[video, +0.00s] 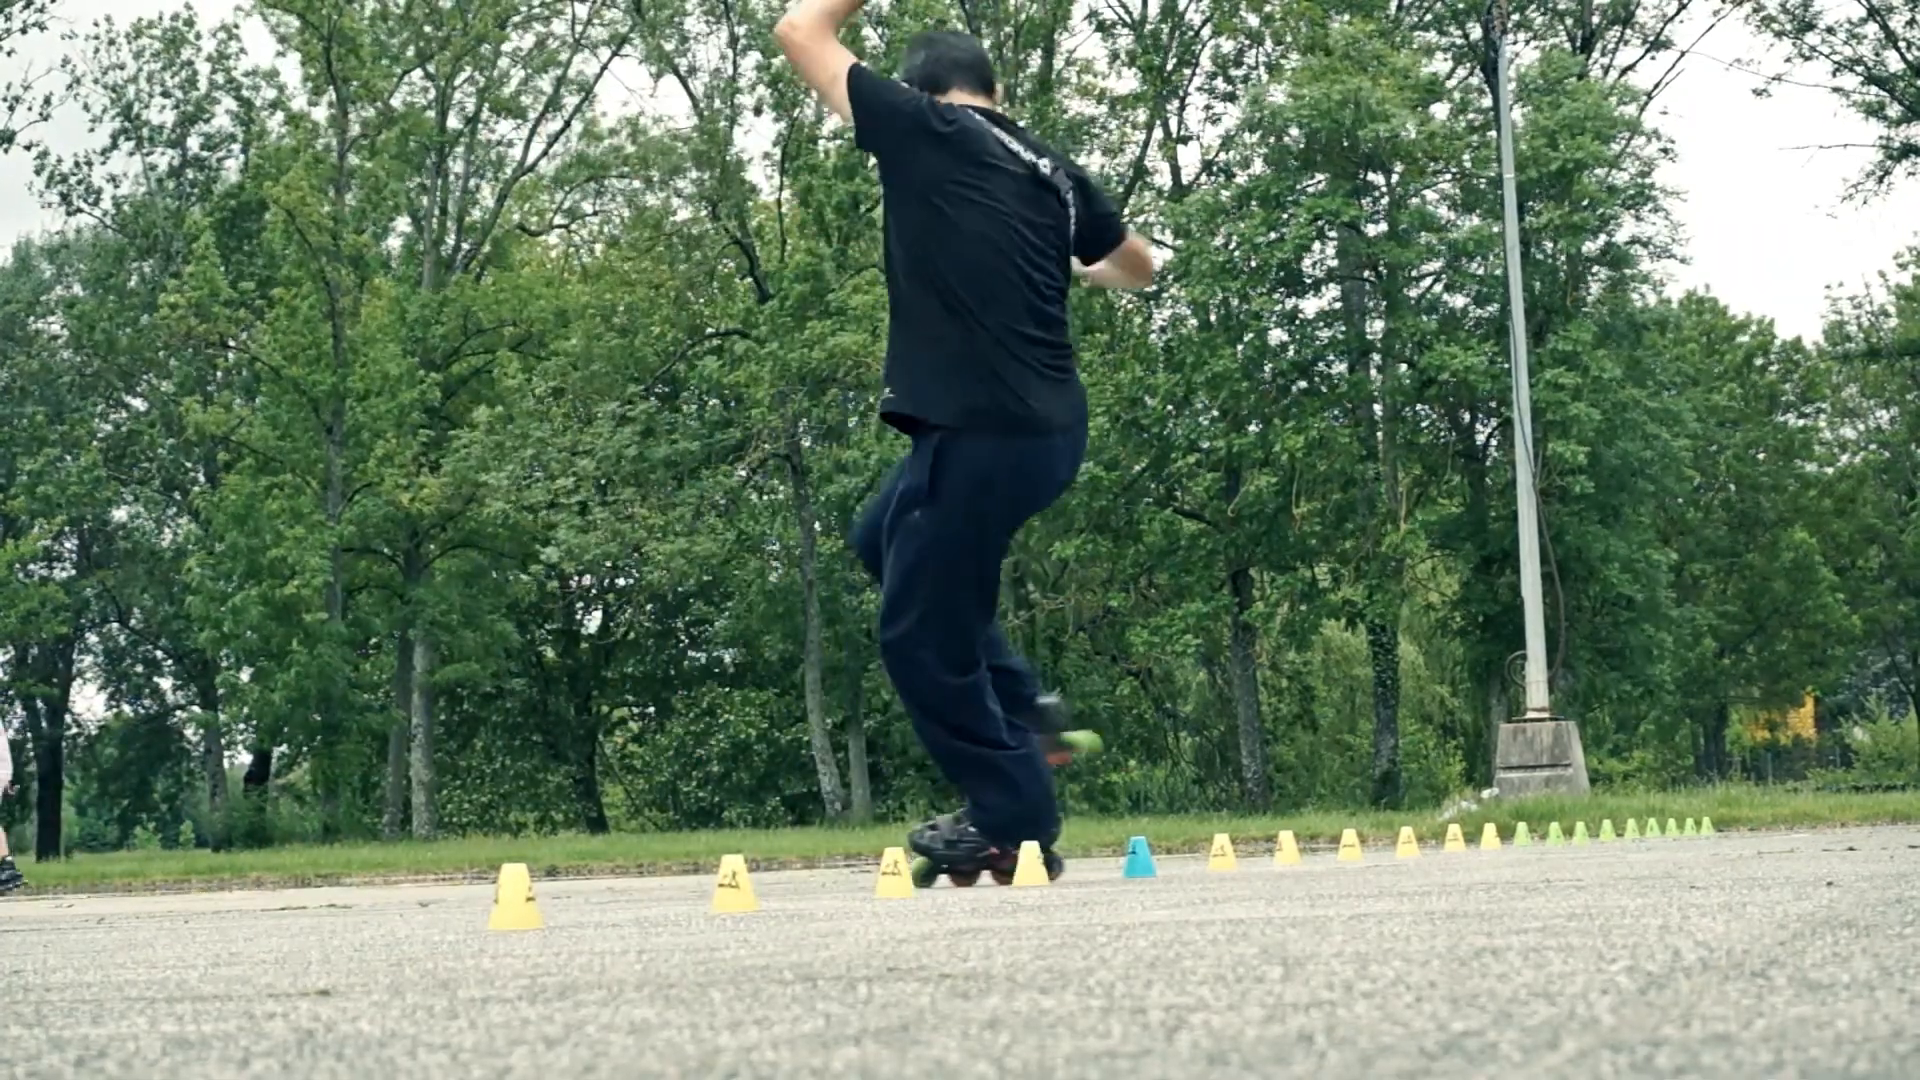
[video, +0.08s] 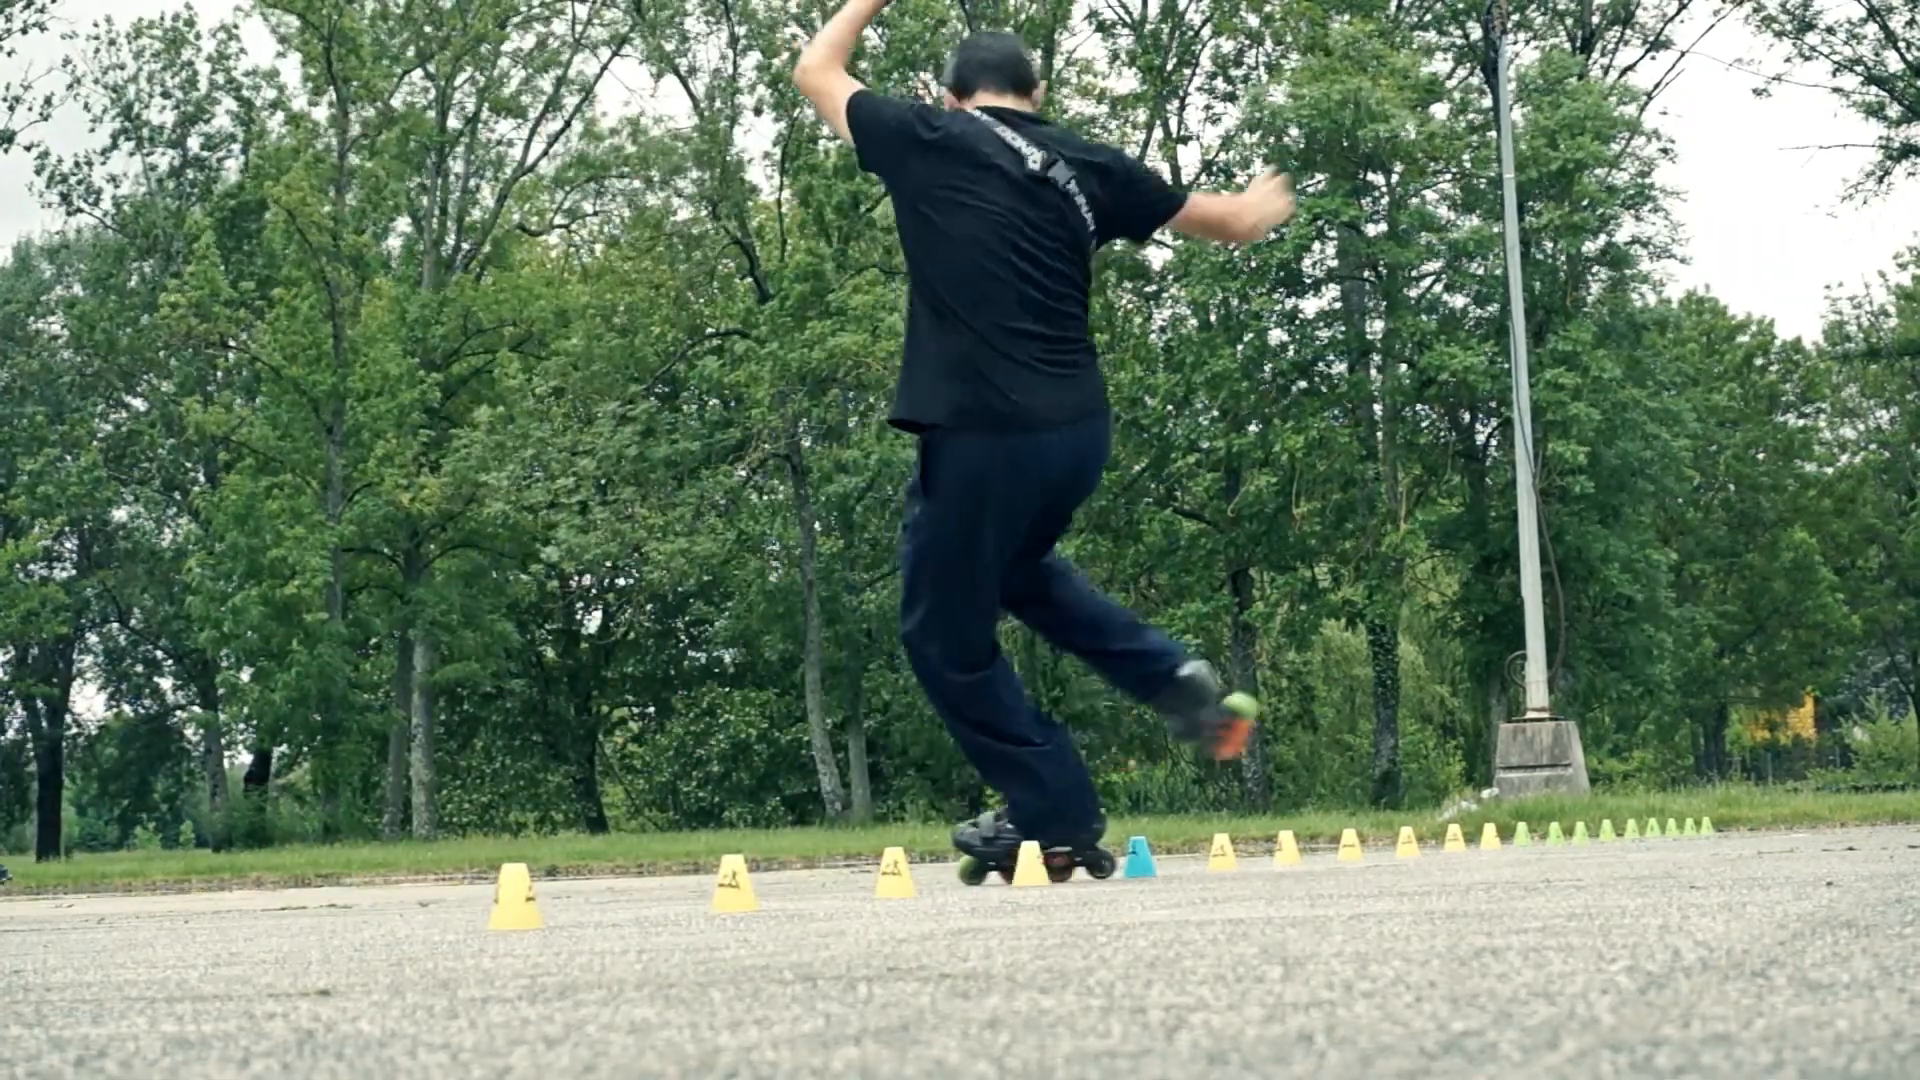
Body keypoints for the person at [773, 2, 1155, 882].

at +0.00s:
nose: (896, 113)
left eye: (900, 100)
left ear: (920, 94)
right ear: (995, 92)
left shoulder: (918, 121)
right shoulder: (1054, 170)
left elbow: (802, 33)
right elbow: (1138, 265)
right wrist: (1077, 259)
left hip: (984, 431)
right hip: (1047, 429)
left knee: (920, 636)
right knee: (878, 535)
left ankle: (1010, 815)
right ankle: (1020, 707)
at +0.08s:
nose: (941, 102)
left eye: (943, 95)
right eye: (951, 96)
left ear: (951, 97)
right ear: (1034, 95)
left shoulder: (923, 133)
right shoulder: (1084, 161)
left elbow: (816, 68)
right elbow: (1223, 222)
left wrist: (863, 6)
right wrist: (1259, 206)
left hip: (980, 439)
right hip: (1078, 430)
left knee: (945, 640)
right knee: (1021, 571)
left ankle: (1054, 814)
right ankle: (1172, 677)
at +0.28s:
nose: (1153, 83)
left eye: (1152, 74)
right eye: (1153, 71)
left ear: (1060, 64)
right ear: (1136, 65)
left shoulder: (993, 145)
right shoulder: (1153, 113)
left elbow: (988, 205)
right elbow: (1302, 82)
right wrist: (1352, 10)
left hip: (1014, 411)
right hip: (1123, 387)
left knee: (1084, 632)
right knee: (1194, 536)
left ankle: (1192, 817)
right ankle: (1167, 594)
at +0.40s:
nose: (1225, 78)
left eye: (1224, 64)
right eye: (1218, 62)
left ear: (1139, 50)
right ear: (1184, 49)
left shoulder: (1081, 124)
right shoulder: (1165, 83)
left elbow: (1102, 264)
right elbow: (1315, 46)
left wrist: (1197, 310)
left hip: (1041, 389)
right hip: (1125, 366)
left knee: (1161, 609)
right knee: (1235, 556)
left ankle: (1238, 804)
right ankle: (1048, 612)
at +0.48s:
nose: (1266, 75)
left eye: (1267, 66)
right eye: (1261, 62)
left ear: (1202, 46)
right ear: (1227, 45)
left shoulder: (1164, 148)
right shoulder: (1174, 66)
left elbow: (1214, 287)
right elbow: (1327, 72)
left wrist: (1314, 361)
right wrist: (1365, 55)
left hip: (1060, 376)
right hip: (1133, 364)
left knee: (1188, 585)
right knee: (1226, 563)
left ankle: (1250, 797)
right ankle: (1018, 656)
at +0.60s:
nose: (1318, 123)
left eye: (1325, 111)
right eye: (1315, 101)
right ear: (1268, 67)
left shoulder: (1215, 211)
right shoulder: (1210, 77)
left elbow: (1308, 314)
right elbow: (1343, 173)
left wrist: (1430, 386)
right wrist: (1420, 245)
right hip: (1120, 354)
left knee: (1215, 584)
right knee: (1189, 576)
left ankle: (1252, 786)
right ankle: (1052, 756)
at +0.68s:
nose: (1352, 154)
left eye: (1363, 143)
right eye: (1353, 126)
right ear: (1305, 90)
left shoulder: (1252, 230)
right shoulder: (1234, 92)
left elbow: (1335, 329)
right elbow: (1307, 211)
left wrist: (1457, 412)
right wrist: (1382, 337)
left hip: (1150, 379)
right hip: (1117, 356)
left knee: (1222, 589)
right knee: (1191, 576)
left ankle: (1249, 790)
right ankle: (1055, 758)